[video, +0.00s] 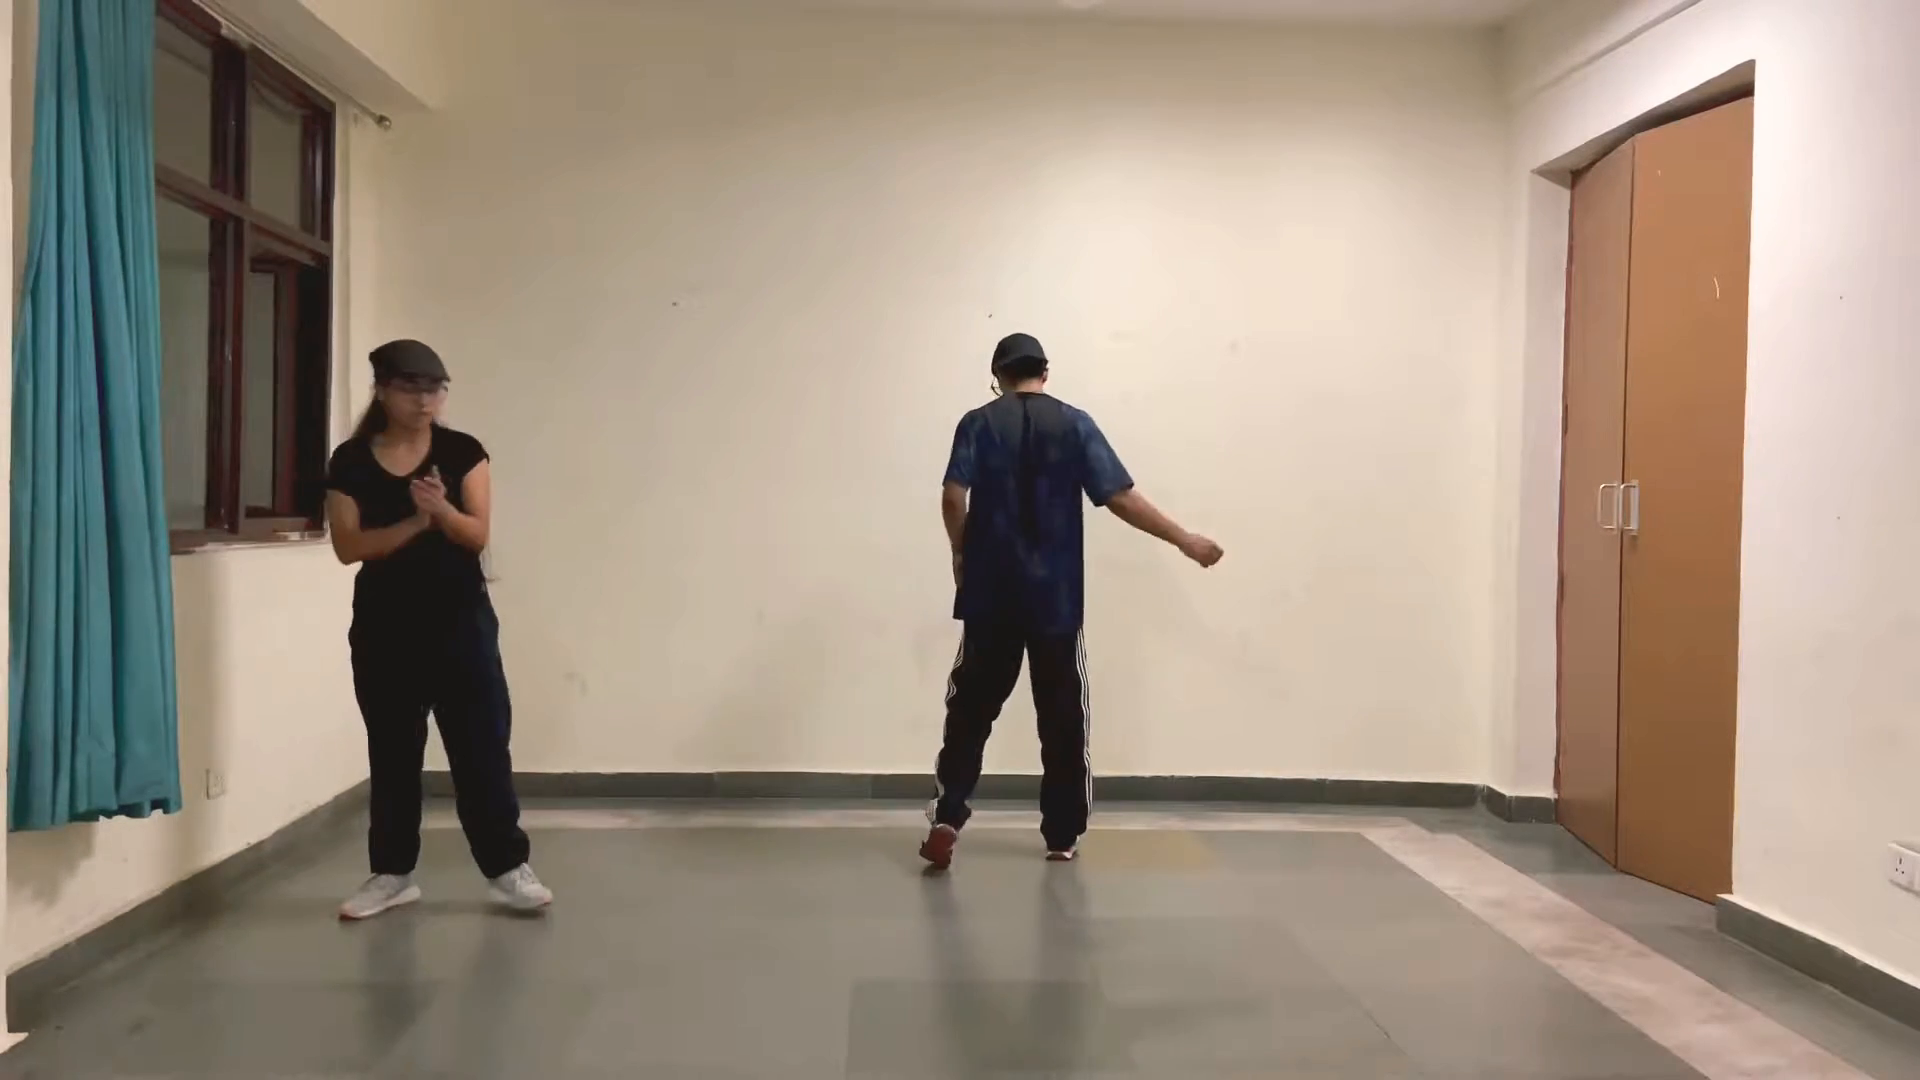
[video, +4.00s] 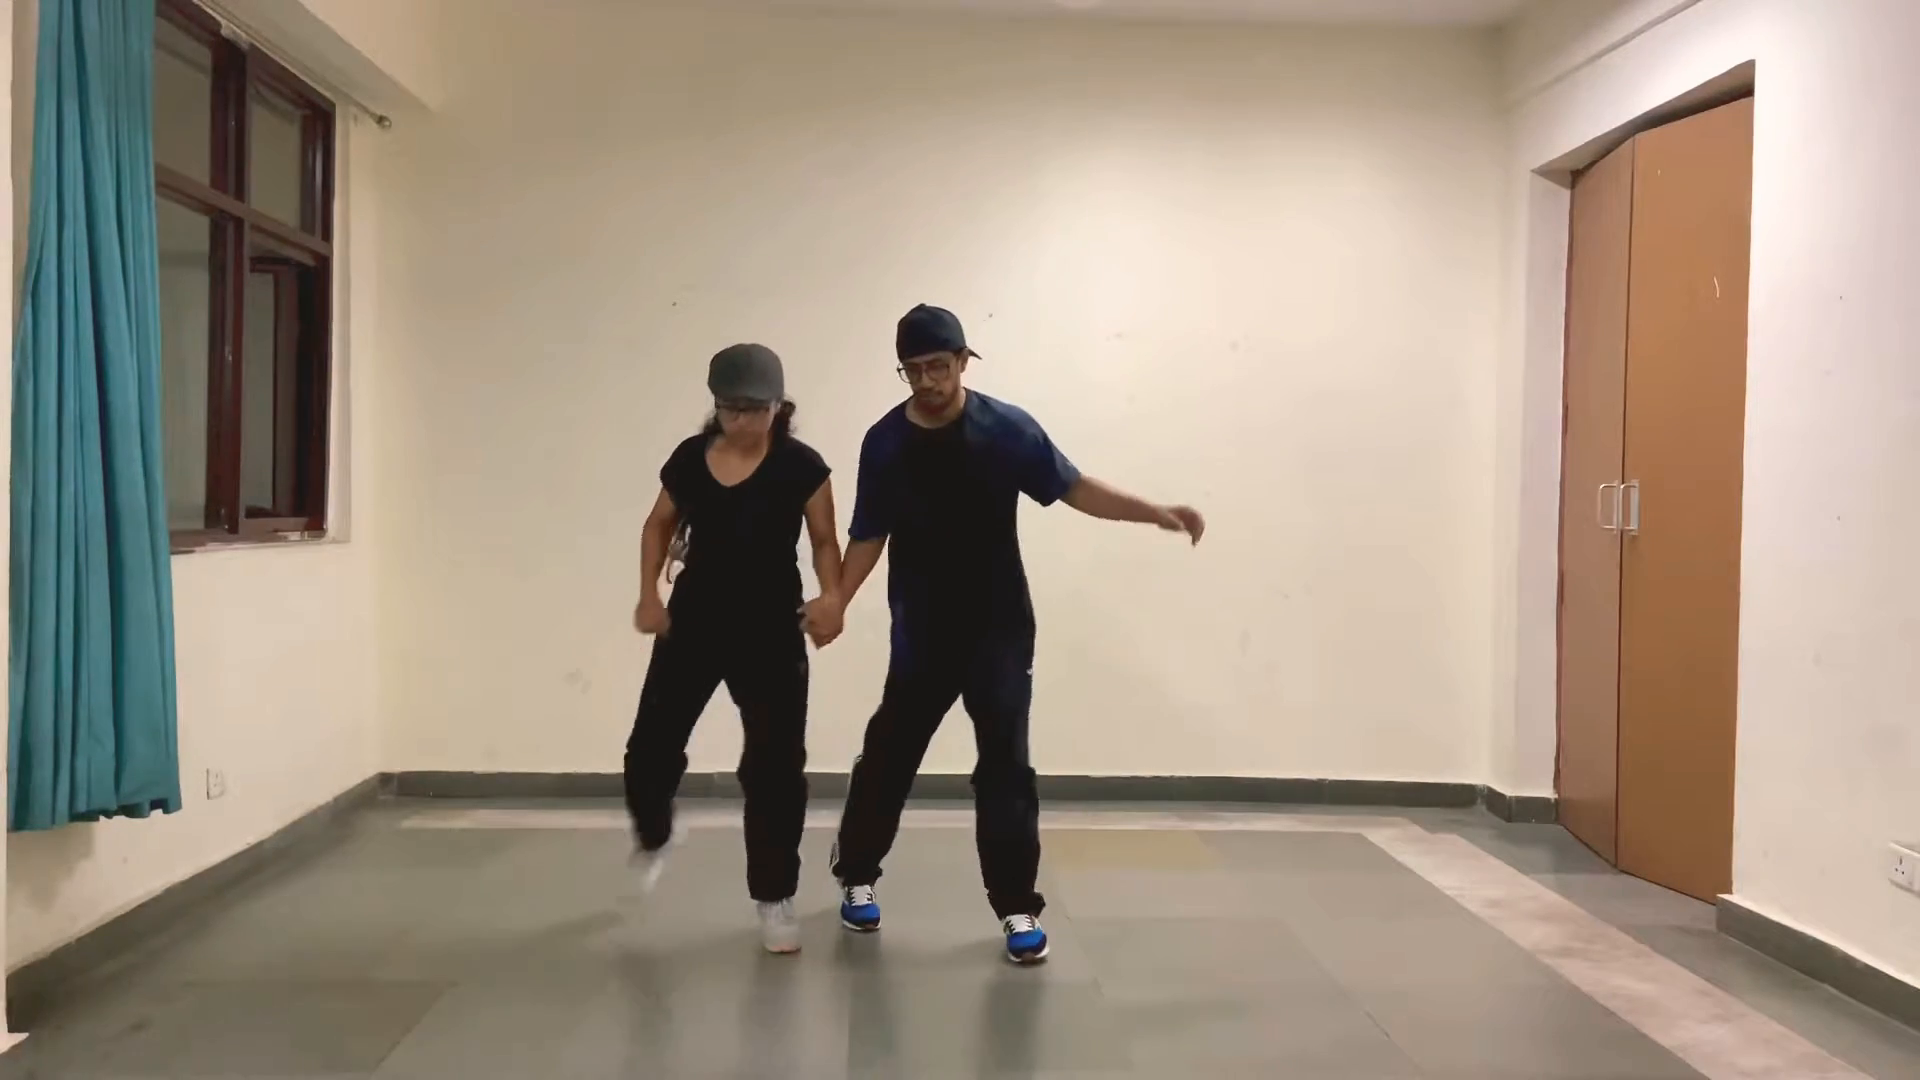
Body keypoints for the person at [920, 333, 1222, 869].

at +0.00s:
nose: (1027, 382)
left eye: (1008, 374)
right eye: (1040, 374)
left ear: (998, 377)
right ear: (1046, 375)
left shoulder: (977, 423)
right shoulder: (1075, 424)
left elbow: (953, 495)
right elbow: (1120, 497)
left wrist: (961, 558)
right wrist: (1185, 538)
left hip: (990, 597)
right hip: (1055, 598)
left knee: (971, 707)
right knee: (1062, 717)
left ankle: (947, 815)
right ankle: (1061, 836)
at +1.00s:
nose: (1022, 368)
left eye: (1035, 360)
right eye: (1019, 358)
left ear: (1064, 368)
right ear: (1016, 362)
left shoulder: (1080, 440)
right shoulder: (997, 417)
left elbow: (1093, 519)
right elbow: (949, 468)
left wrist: (1087, 569)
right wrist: (883, 500)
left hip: (1032, 600)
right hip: (976, 590)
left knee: (1028, 719)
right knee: (974, 709)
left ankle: (1016, 838)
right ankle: (969, 812)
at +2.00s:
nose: (1018, 362)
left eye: (1028, 350)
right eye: (1007, 354)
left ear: (1051, 351)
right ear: (997, 360)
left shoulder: (1086, 407)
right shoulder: (988, 436)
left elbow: (1119, 481)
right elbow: (955, 521)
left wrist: (1169, 545)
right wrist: (902, 586)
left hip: (1088, 597)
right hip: (1024, 605)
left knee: (1074, 723)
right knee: (1036, 736)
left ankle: (1004, 809)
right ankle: (1056, 872)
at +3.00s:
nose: (1018, 346)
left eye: (1030, 334)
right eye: (1006, 334)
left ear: (1050, 339)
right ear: (991, 338)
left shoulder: (1077, 413)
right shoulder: (961, 414)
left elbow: (1106, 498)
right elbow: (943, 512)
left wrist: (1145, 573)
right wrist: (905, 591)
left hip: (1068, 613)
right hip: (998, 618)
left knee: (1062, 755)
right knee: (1016, 757)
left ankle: (1037, 898)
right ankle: (1046, 882)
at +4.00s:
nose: (931, 381)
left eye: (942, 366)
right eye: (917, 369)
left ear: (964, 361)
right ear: (903, 370)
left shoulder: (1007, 430)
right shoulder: (886, 443)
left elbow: (1075, 488)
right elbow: (866, 537)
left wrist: (1159, 514)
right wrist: (833, 602)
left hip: (999, 627)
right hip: (922, 629)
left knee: (1006, 763)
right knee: (891, 752)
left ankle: (1018, 906)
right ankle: (858, 875)